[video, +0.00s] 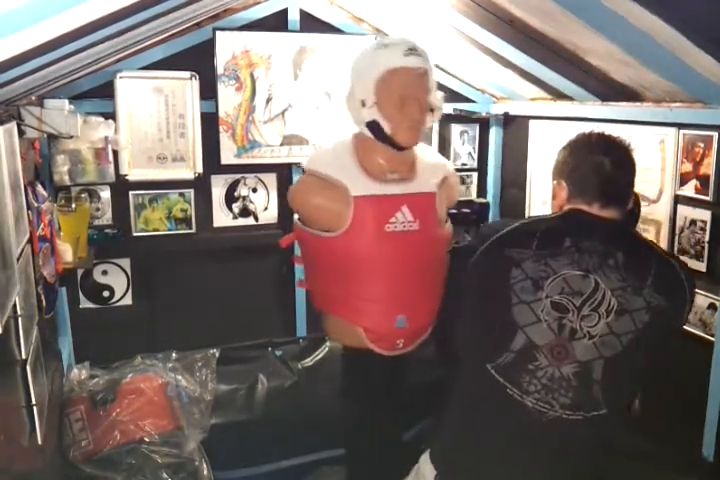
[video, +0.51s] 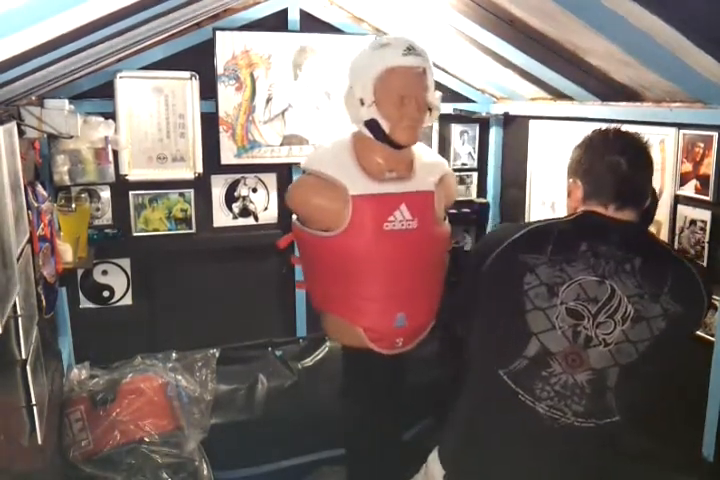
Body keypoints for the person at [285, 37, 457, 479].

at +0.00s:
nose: (417, 113)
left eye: (424, 102)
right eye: (403, 100)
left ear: (433, 106)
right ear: (365, 102)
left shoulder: (442, 179)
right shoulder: (323, 181)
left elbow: (442, 255)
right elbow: (321, 276)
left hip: (426, 351)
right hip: (360, 360)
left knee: (420, 458)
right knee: (372, 467)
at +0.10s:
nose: (427, 110)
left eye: (432, 99)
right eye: (412, 98)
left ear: (439, 103)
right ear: (372, 101)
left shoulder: (444, 178)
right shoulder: (327, 179)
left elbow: (444, 255)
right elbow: (322, 275)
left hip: (427, 351)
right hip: (362, 360)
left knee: (421, 458)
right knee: (373, 467)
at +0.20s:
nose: (414, 111)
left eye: (419, 100)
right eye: (400, 99)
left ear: (427, 105)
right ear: (362, 101)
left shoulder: (437, 176)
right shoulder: (324, 178)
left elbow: (439, 250)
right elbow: (321, 272)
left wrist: (422, 309)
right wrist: (361, 324)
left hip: (424, 343)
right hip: (361, 353)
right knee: (371, 457)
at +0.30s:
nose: (413, 112)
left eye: (419, 101)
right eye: (399, 99)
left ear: (427, 105)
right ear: (361, 103)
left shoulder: (437, 175)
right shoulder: (324, 178)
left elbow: (439, 246)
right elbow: (320, 268)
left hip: (426, 343)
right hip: (362, 353)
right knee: (371, 459)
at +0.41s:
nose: (419, 112)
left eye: (425, 100)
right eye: (405, 99)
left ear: (433, 105)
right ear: (365, 102)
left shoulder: (440, 177)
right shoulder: (325, 181)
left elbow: (443, 256)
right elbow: (319, 276)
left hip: (428, 349)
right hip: (362, 359)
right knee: (373, 465)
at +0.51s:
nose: (417, 111)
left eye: (422, 100)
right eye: (402, 98)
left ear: (430, 105)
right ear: (363, 101)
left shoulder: (439, 176)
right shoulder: (324, 178)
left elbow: (440, 255)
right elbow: (320, 270)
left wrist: (424, 310)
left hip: (428, 347)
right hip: (362, 356)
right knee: (372, 464)